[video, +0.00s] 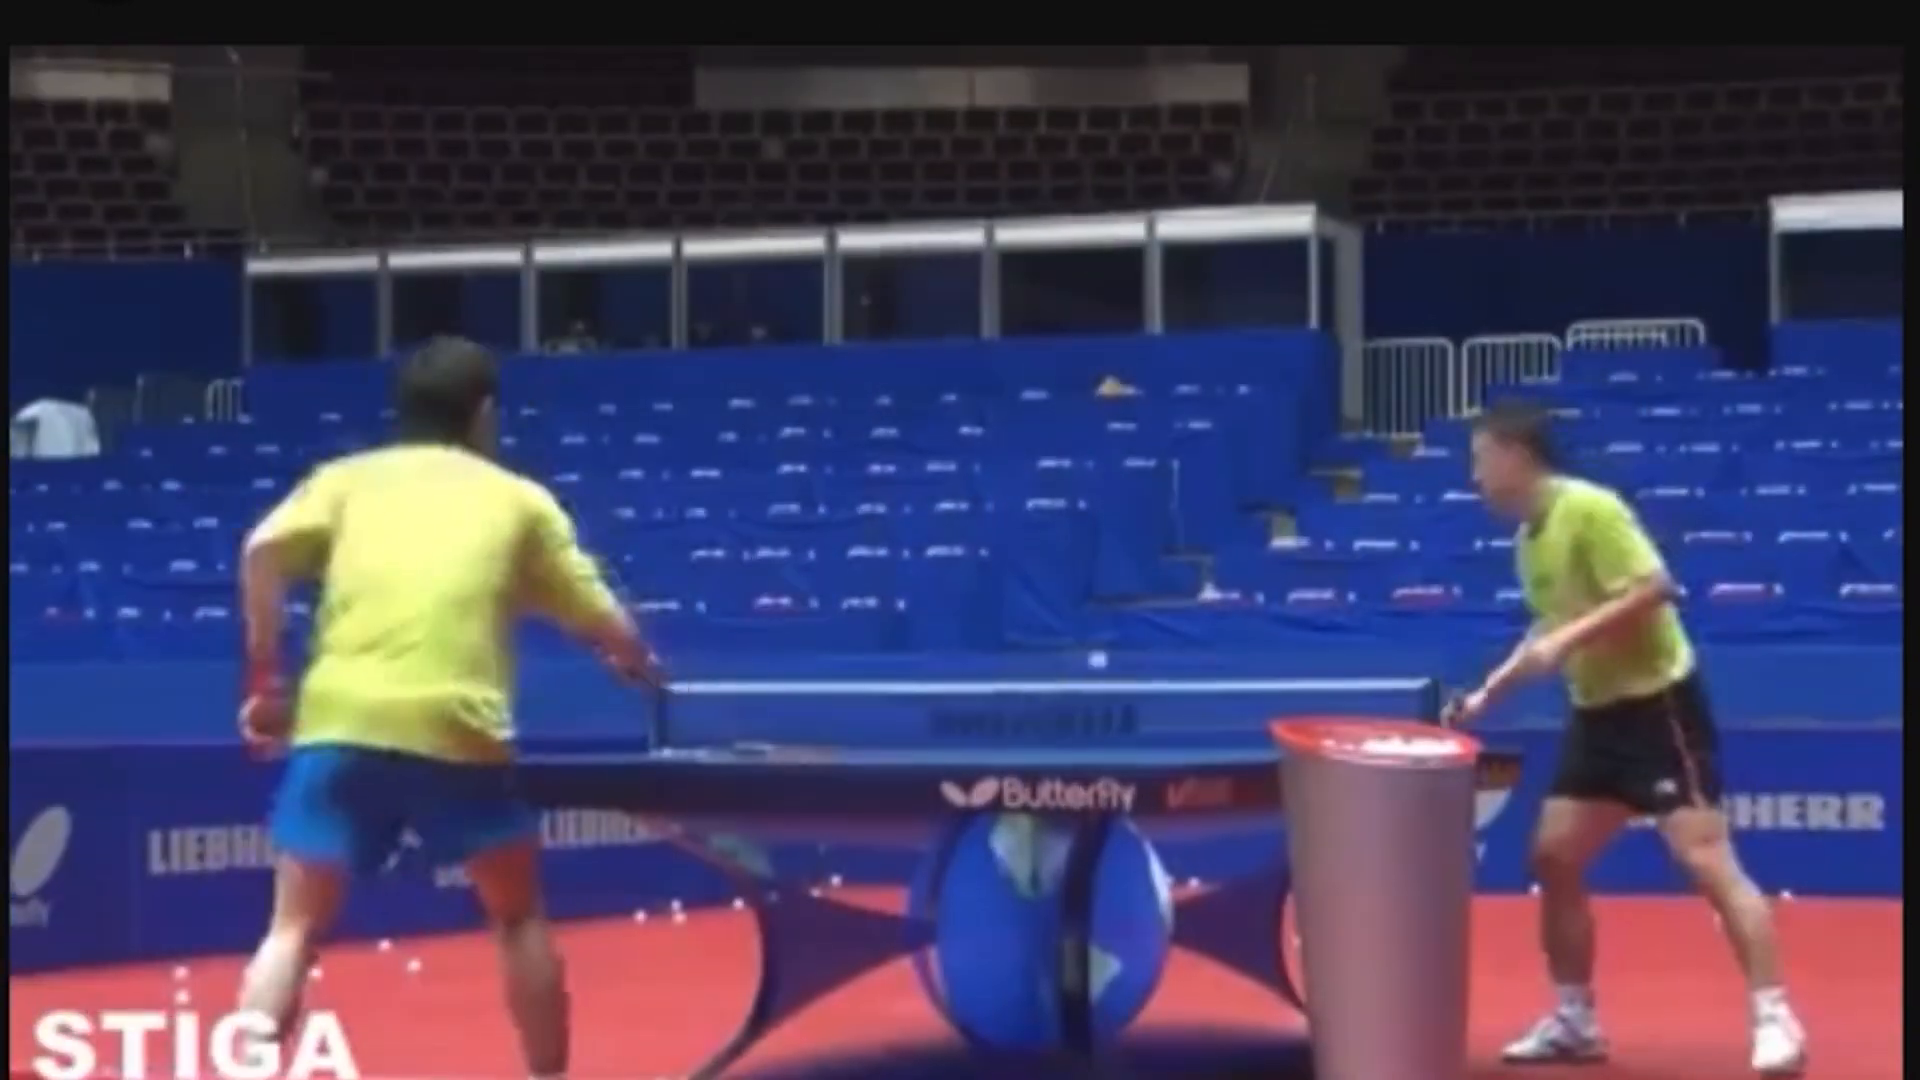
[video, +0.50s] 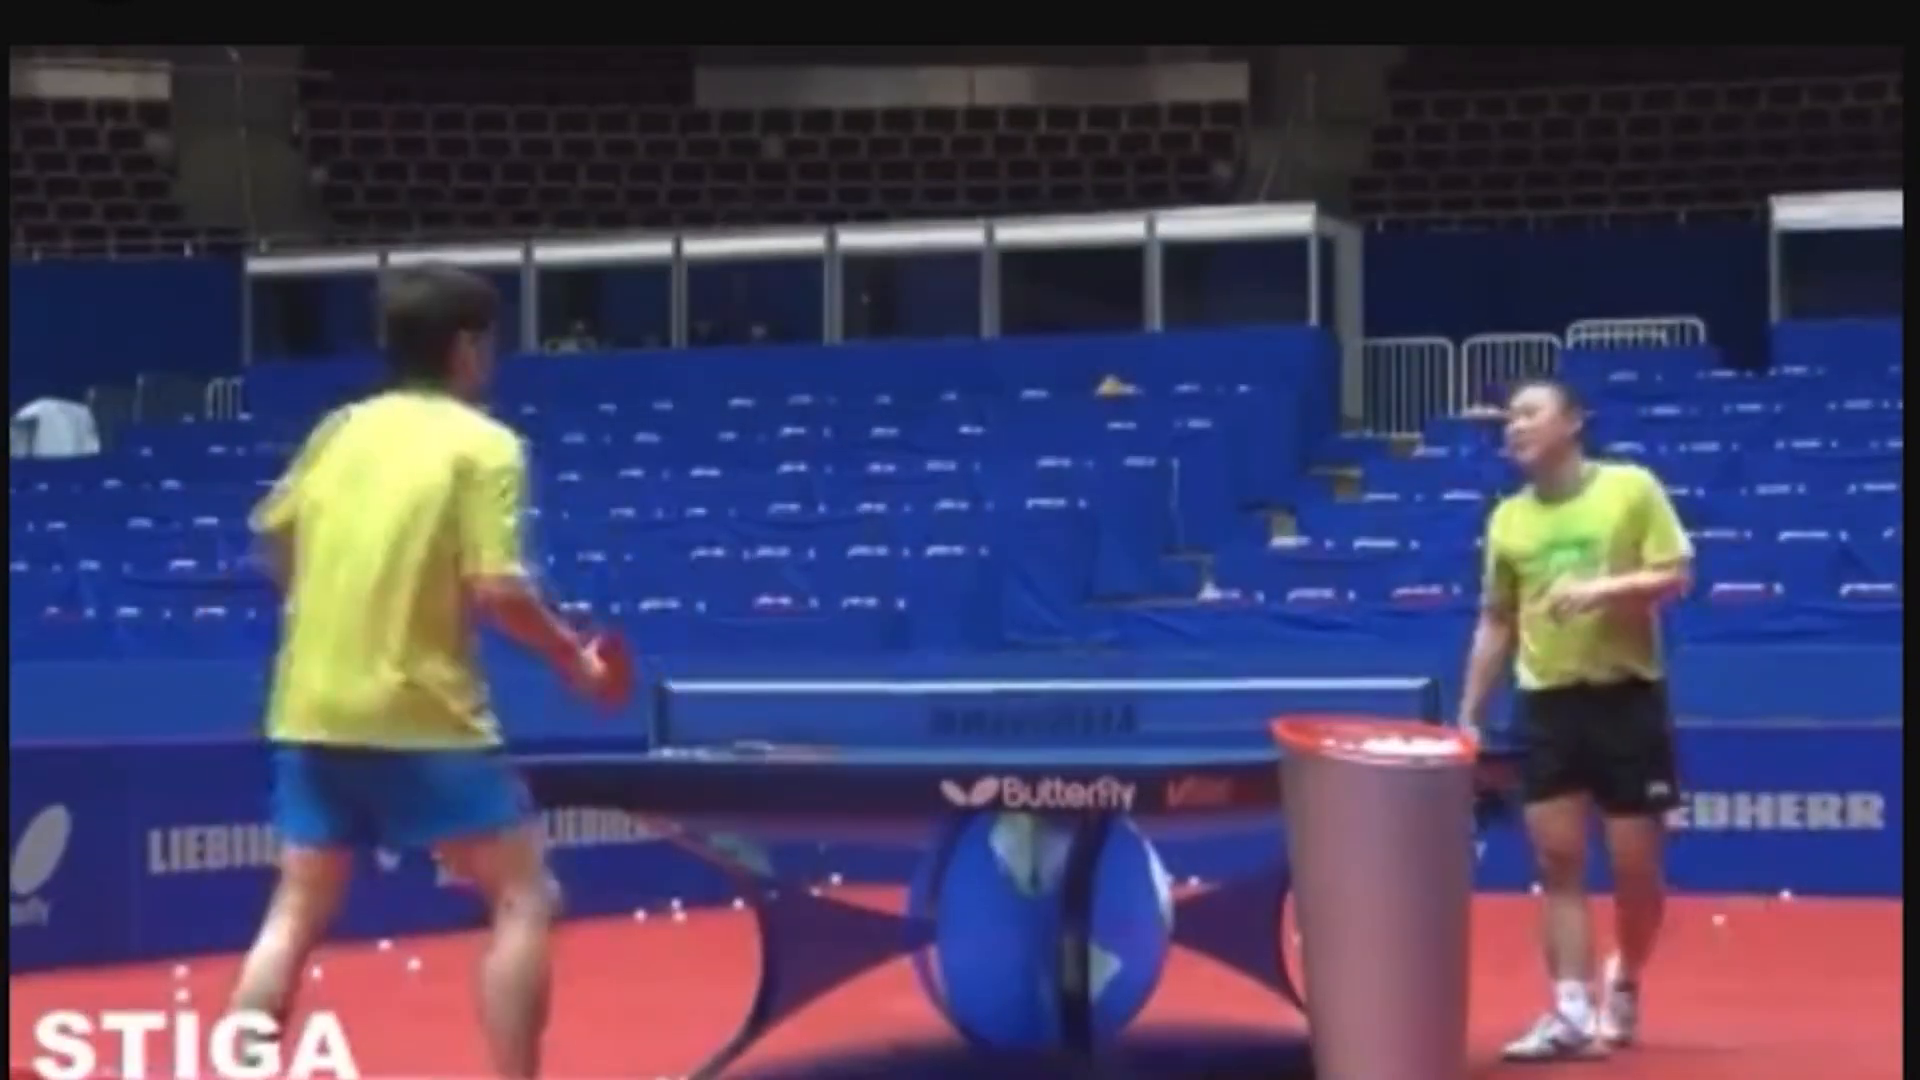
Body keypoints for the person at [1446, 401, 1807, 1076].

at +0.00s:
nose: (1476, 475)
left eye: (1484, 457)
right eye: (1475, 460)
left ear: (1522, 456)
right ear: (1510, 462)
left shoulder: (1590, 509)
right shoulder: (1530, 538)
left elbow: (1653, 585)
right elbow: (1550, 635)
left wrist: (1566, 638)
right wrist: (1486, 694)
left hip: (1661, 702)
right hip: (1599, 713)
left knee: (1705, 857)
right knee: (1555, 856)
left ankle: (1772, 1013)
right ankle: (1574, 1018)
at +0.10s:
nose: (1468, 462)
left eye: (1478, 444)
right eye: (1466, 447)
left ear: (1519, 443)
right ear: (1503, 451)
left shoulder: (1589, 497)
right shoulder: (1508, 527)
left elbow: (1650, 570)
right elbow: (1530, 623)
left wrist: (1563, 624)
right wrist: (1488, 704)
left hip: (1649, 689)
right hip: (1582, 702)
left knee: (1689, 849)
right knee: (1556, 853)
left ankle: (1751, 1005)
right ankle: (1574, 1016)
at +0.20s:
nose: (1473, 439)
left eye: (1485, 424)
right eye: (1471, 427)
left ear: (1529, 426)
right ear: (1486, 439)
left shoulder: (1596, 481)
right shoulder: (1497, 521)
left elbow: (1654, 556)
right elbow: (1506, 620)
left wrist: (1567, 608)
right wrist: (1489, 712)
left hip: (1637, 677)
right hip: (1566, 691)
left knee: (1669, 849)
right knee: (1561, 850)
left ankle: (1715, 999)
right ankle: (1574, 1012)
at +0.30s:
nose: (1485, 430)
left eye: (1497, 414)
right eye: (1480, 420)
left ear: (1541, 417)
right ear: (1486, 438)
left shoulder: (1609, 478)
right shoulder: (1496, 519)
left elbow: (1664, 554)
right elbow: (1497, 619)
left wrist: (1579, 590)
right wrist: (1487, 712)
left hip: (1629, 678)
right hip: (1553, 690)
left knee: (1656, 851)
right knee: (1563, 852)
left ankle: (1680, 995)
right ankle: (1573, 1010)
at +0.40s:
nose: (1499, 427)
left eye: (1513, 412)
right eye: (1496, 417)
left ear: (1555, 418)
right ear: (1499, 433)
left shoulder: (1619, 481)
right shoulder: (1501, 517)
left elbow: (1669, 561)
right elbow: (1496, 618)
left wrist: (1588, 587)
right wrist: (1480, 707)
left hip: (1627, 684)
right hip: (1548, 692)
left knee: (1645, 860)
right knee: (1560, 856)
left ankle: (1639, 970)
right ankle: (1572, 1009)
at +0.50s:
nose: (1514, 429)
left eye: (1529, 415)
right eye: (1510, 418)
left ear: (1572, 422)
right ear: (1511, 436)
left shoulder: (1630, 488)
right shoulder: (1508, 518)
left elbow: (1674, 571)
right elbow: (1495, 620)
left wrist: (1597, 590)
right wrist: (1469, 712)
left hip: (1625, 689)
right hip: (1547, 696)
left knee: (1635, 857)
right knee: (1556, 856)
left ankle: (1626, 983)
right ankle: (1570, 1008)